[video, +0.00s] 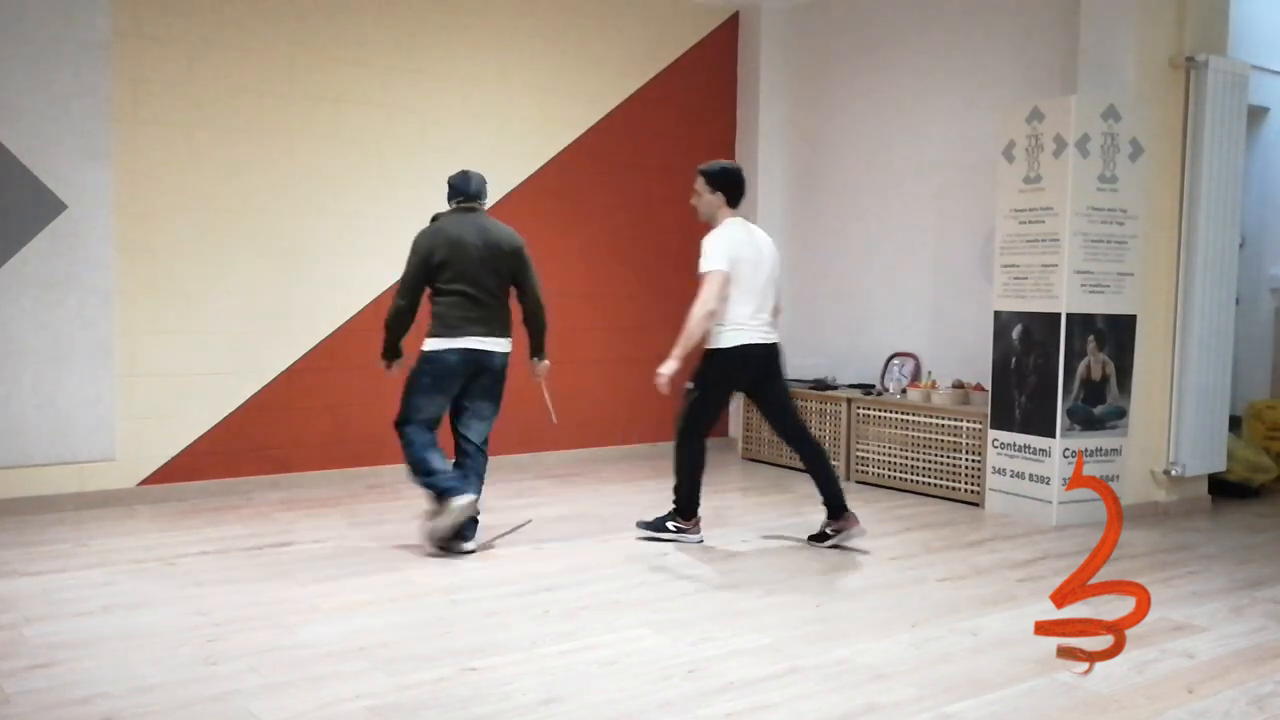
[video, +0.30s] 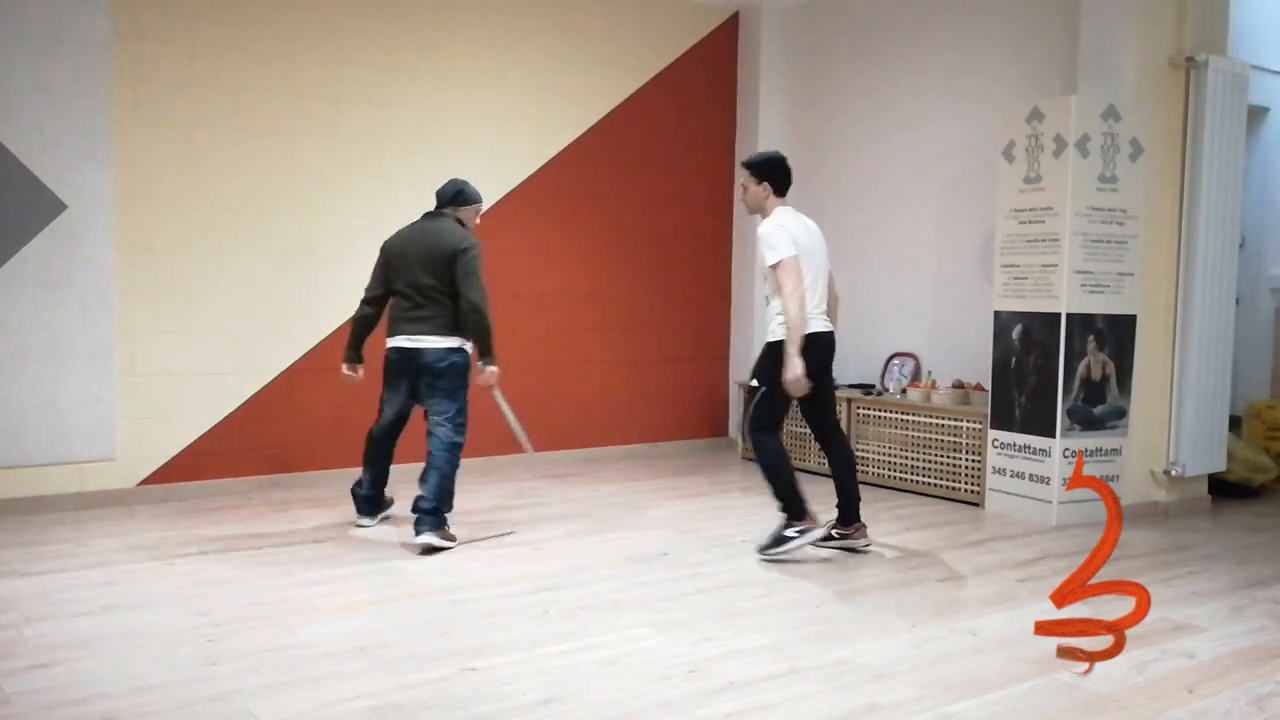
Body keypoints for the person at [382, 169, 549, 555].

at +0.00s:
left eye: (452, 197)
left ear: (450, 198)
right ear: (484, 199)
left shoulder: (432, 236)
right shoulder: (508, 238)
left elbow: (405, 302)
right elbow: (531, 300)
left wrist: (391, 346)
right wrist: (538, 351)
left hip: (446, 350)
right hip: (493, 353)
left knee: (414, 425)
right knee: (473, 440)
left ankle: (452, 493)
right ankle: (464, 532)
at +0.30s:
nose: (479, 222)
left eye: (479, 214)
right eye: (476, 214)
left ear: (441, 208)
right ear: (459, 210)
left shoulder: (397, 241)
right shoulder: (463, 242)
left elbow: (372, 300)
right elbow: (473, 301)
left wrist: (353, 350)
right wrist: (487, 356)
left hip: (400, 353)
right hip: (444, 354)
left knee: (387, 426)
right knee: (446, 435)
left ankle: (368, 503)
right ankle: (430, 522)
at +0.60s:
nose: (468, 215)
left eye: (470, 208)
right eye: (465, 207)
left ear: (435, 203)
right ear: (446, 204)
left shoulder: (404, 230)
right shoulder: (435, 235)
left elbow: (396, 288)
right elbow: (426, 293)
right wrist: (433, 349)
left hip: (394, 343)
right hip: (428, 344)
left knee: (391, 421)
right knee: (454, 417)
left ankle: (370, 503)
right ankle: (430, 496)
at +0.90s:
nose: (489, 220)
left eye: (490, 213)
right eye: (485, 212)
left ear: (461, 212)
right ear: (465, 212)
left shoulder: (437, 240)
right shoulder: (448, 249)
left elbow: (468, 296)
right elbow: (436, 308)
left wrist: (511, 313)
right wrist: (437, 364)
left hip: (428, 346)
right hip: (457, 352)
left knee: (425, 414)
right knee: (473, 423)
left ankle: (382, 484)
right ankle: (462, 492)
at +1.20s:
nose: (509, 214)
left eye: (512, 207)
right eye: (503, 207)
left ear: (511, 209)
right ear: (483, 208)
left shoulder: (492, 240)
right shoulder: (463, 243)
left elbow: (496, 296)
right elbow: (457, 302)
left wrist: (517, 330)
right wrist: (476, 354)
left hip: (497, 344)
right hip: (471, 345)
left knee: (511, 406)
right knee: (479, 412)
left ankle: (489, 480)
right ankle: (460, 491)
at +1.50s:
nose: (539, 217)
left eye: (542, 210)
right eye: (531, 210)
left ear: (545, 213)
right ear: (512, 213)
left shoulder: (538, 248)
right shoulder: (489, 250)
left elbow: (542, 303)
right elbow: (477, 304)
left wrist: (569, 336)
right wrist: (502, 352)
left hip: (536, 352)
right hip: (499, 353)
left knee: (556, 416)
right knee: (501, 421)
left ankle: (553, 489)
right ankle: (472, 483)